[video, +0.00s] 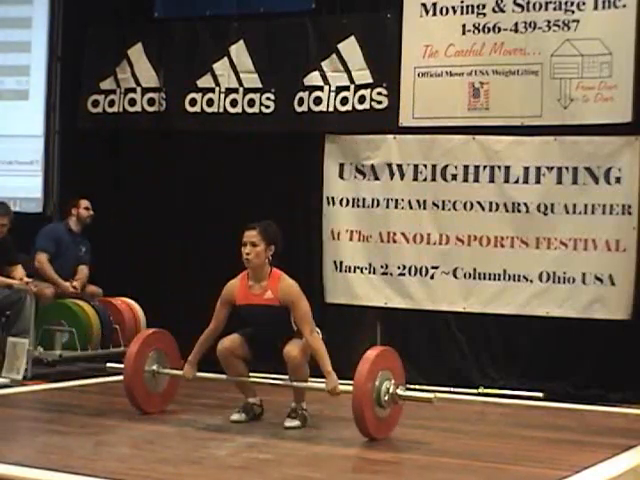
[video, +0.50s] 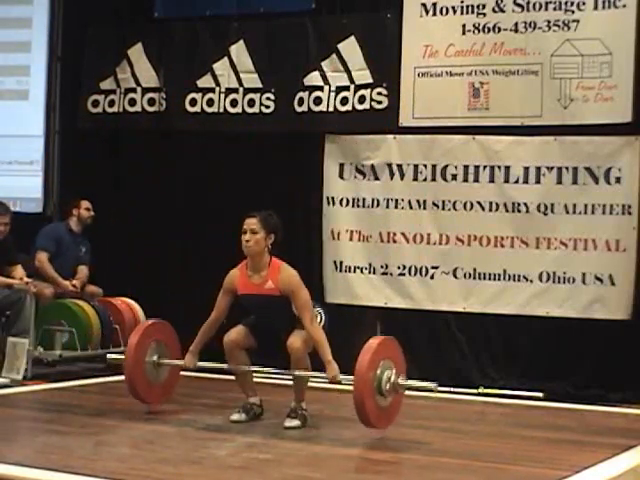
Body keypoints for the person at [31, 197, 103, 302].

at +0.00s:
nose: (91, 213)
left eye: (91, 209)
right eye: (86, 209)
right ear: (74, 211)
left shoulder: (83, 242)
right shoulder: (52, 231)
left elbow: (83, 268)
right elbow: (40, 262)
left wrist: (78, 283)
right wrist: (61, 284)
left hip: (69, 282)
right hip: (44, 280)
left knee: (95, 292)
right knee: (48, 292)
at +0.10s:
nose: (91, 213)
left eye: (91, 210)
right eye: (87, 209)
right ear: (74, 211)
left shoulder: (83, 242)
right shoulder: (52, 231)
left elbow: (83, 268)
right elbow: (40, 262)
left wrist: (78, 282)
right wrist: (62, 284)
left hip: (69, 283)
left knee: (95, 292)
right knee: (47, 292)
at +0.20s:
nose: (92, 213)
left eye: (92, 210)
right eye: (87, 209)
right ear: (74, 211)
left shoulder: (83, 242)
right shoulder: (52, 230)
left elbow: (83, 269)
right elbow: (41, 262)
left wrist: (78, 283)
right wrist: (61, 283)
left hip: (69, 282)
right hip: (44, 280)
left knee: (95, 292)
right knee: (47, 292)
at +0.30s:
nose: (92, 214)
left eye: (92, 210)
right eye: (87, 209)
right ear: (75, 211)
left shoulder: (83, 242)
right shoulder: (52, 230)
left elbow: (83, 269)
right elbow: (40, 261)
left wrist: (77, 283)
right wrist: (61, 283)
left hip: (69, 283)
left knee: (95, 292)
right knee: (47, 292)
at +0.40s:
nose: (92, 214)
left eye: (92, 210)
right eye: (87, 210)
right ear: (75, 211)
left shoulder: (83, 242)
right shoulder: (52, 230)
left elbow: (83, 269)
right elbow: (40, 261)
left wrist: (77, 282)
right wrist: (61, 283)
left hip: (69, 283)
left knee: (95, 292)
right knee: (47, 292)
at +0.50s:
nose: (92, 214)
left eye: (92, 210)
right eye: (87, 209)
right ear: (75, 211)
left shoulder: (83, 242)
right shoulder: (52, 231)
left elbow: (83, 269)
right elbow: (40, 261)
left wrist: (78, 282)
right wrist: (61, 282)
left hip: (69, 283)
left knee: (95, 292)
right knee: (47, 292)